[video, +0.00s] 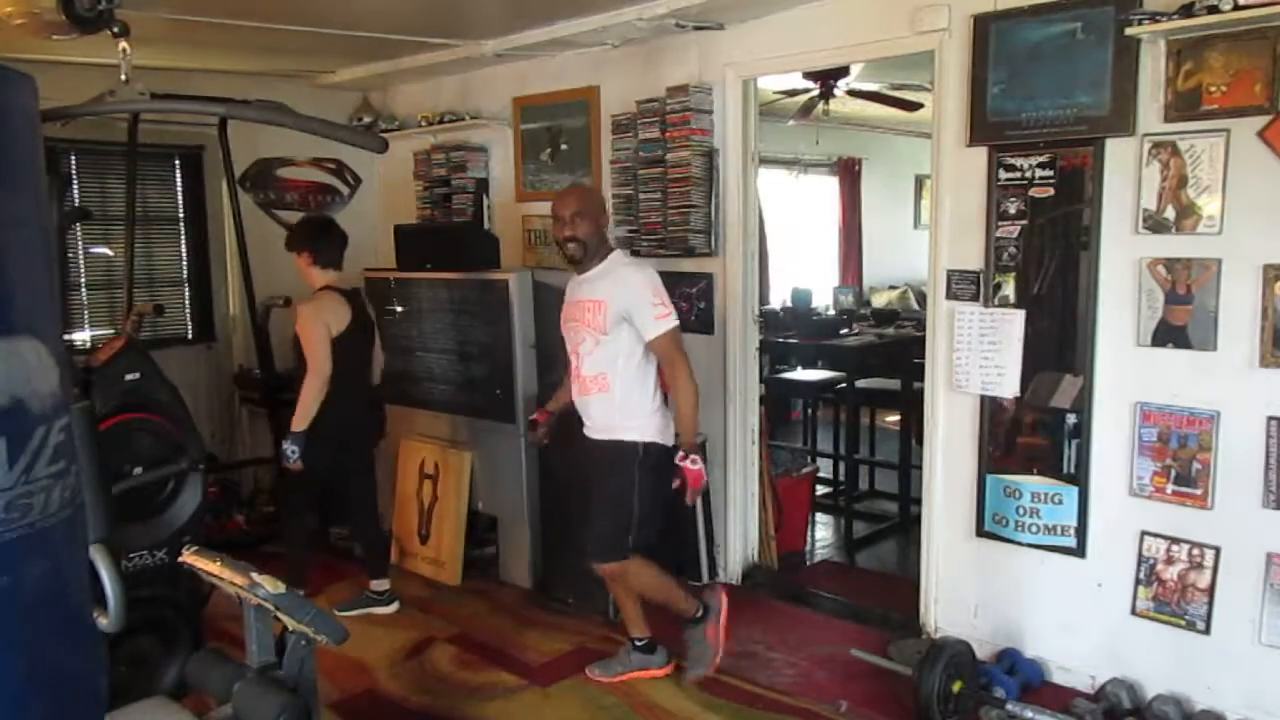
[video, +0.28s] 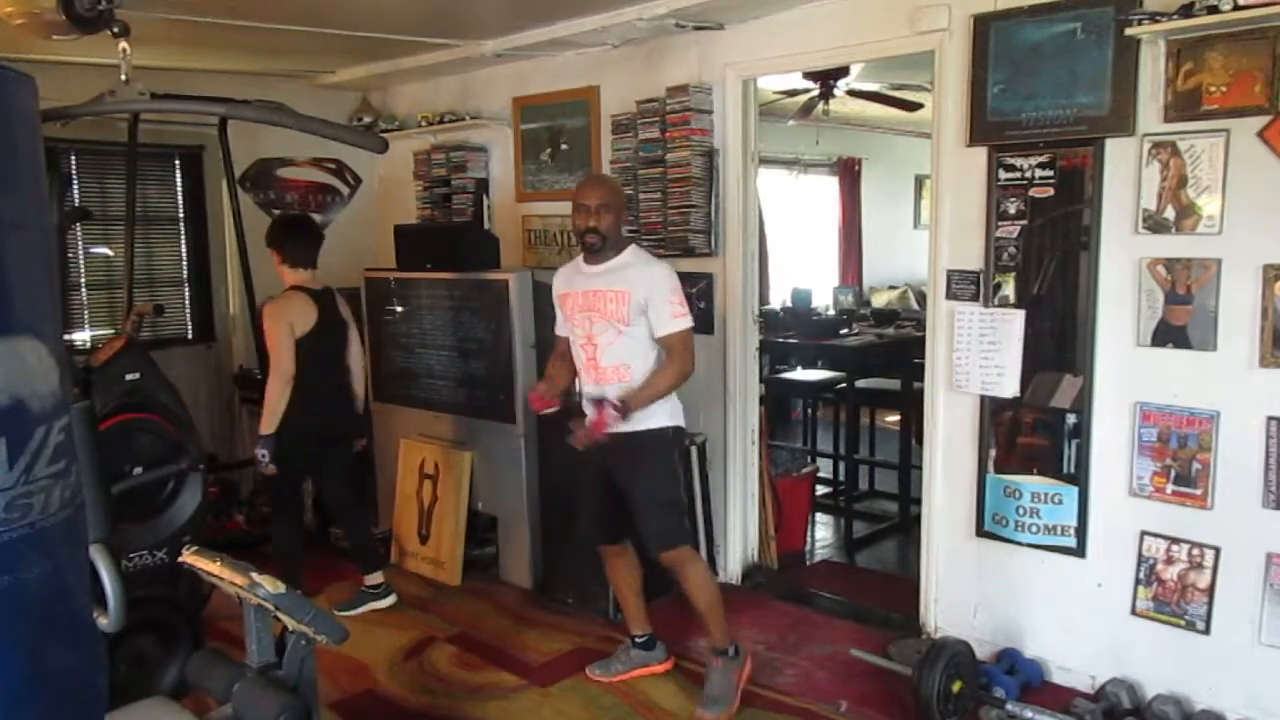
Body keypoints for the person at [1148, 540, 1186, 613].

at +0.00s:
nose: (1173, 554)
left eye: (1176, 552)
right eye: (1170, 551)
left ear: (1179, 553)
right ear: (1167, 552)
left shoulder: (1183, 567)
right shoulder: (1161, 564)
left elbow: (1181, 585)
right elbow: (1152, 581)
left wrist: (1174, 602)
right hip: (1159, 599)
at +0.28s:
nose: (1172, 554)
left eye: (1176, 552)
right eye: (1170, 551)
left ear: (1179, 553)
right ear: (1167, 551)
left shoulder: (1182, 567)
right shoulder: (1160, 565)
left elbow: (1180, 585)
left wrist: (1173, 603)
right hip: (1159, 599)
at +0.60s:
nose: (1173, 554)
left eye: (1176, 552)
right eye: (1170, 551)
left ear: (1179, 553)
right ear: (1167, 552)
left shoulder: (1183, 567)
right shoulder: (1160, 565)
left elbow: (1182, 585)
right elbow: (1153, 580)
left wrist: (1174, 603)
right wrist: (1151, 595)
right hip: (1160, 599)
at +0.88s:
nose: (1173, 554)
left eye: (1176, 552)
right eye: (1171, 551)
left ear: (1179, 553)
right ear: (1167, 551)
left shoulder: (1183, 567)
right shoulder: (1160, 565)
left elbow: (1181, 585)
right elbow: (1154, 580)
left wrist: (1174, 603)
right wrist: (1151, 595)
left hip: (1174, 601)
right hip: (1159, 599)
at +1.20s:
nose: (1173, 554)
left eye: (1176, 552)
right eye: (1171, 551)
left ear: (1180, 553)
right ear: (1167, 551)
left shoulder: (1183, 567)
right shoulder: (1160, 565)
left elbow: (1181, 585)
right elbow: (1153, 580)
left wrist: (1174, 602)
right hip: (1159, 600)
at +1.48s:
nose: (1173, 554)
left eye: (1176, 552)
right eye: (1171, 551)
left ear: (1180, 553)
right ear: (1167, 551)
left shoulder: (1183, 567)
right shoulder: (1160, 565)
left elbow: (1181, 585)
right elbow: (1153, 580)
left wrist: (1174, 602)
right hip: (1159, 600)